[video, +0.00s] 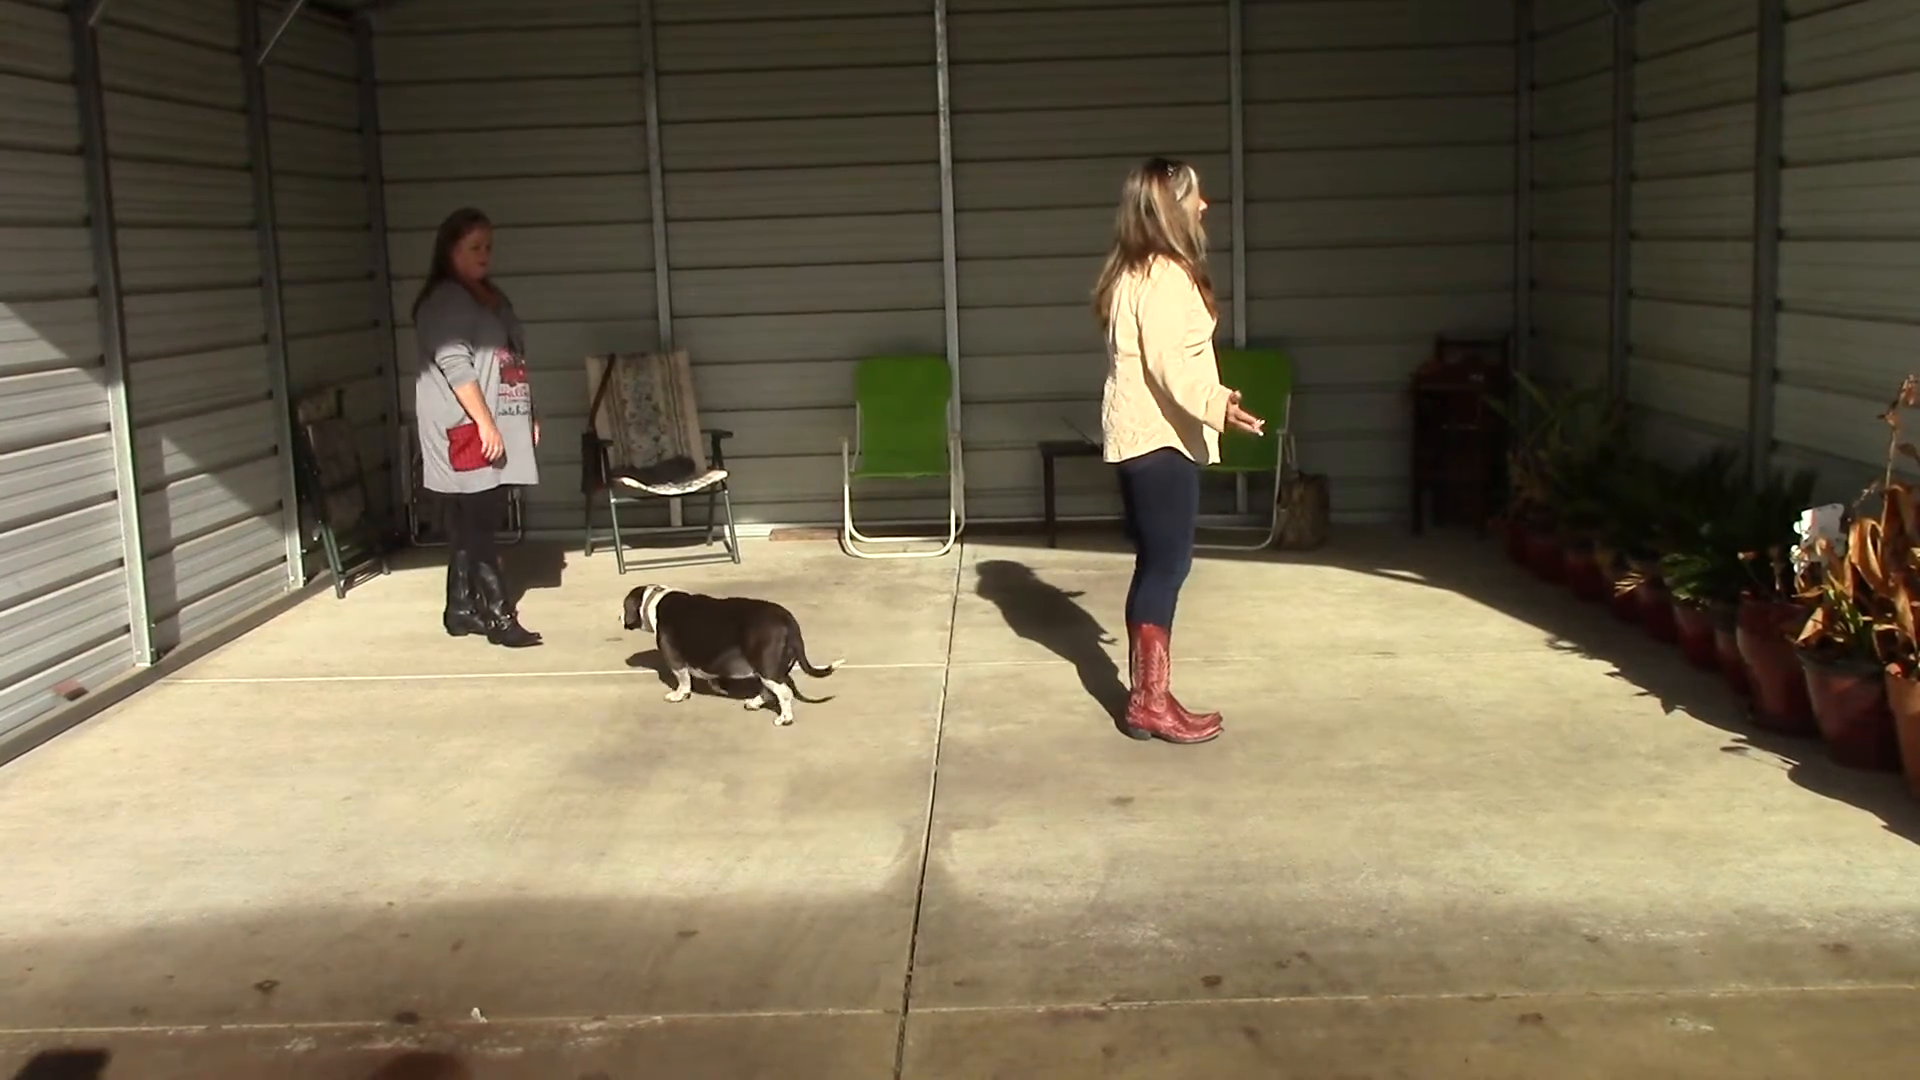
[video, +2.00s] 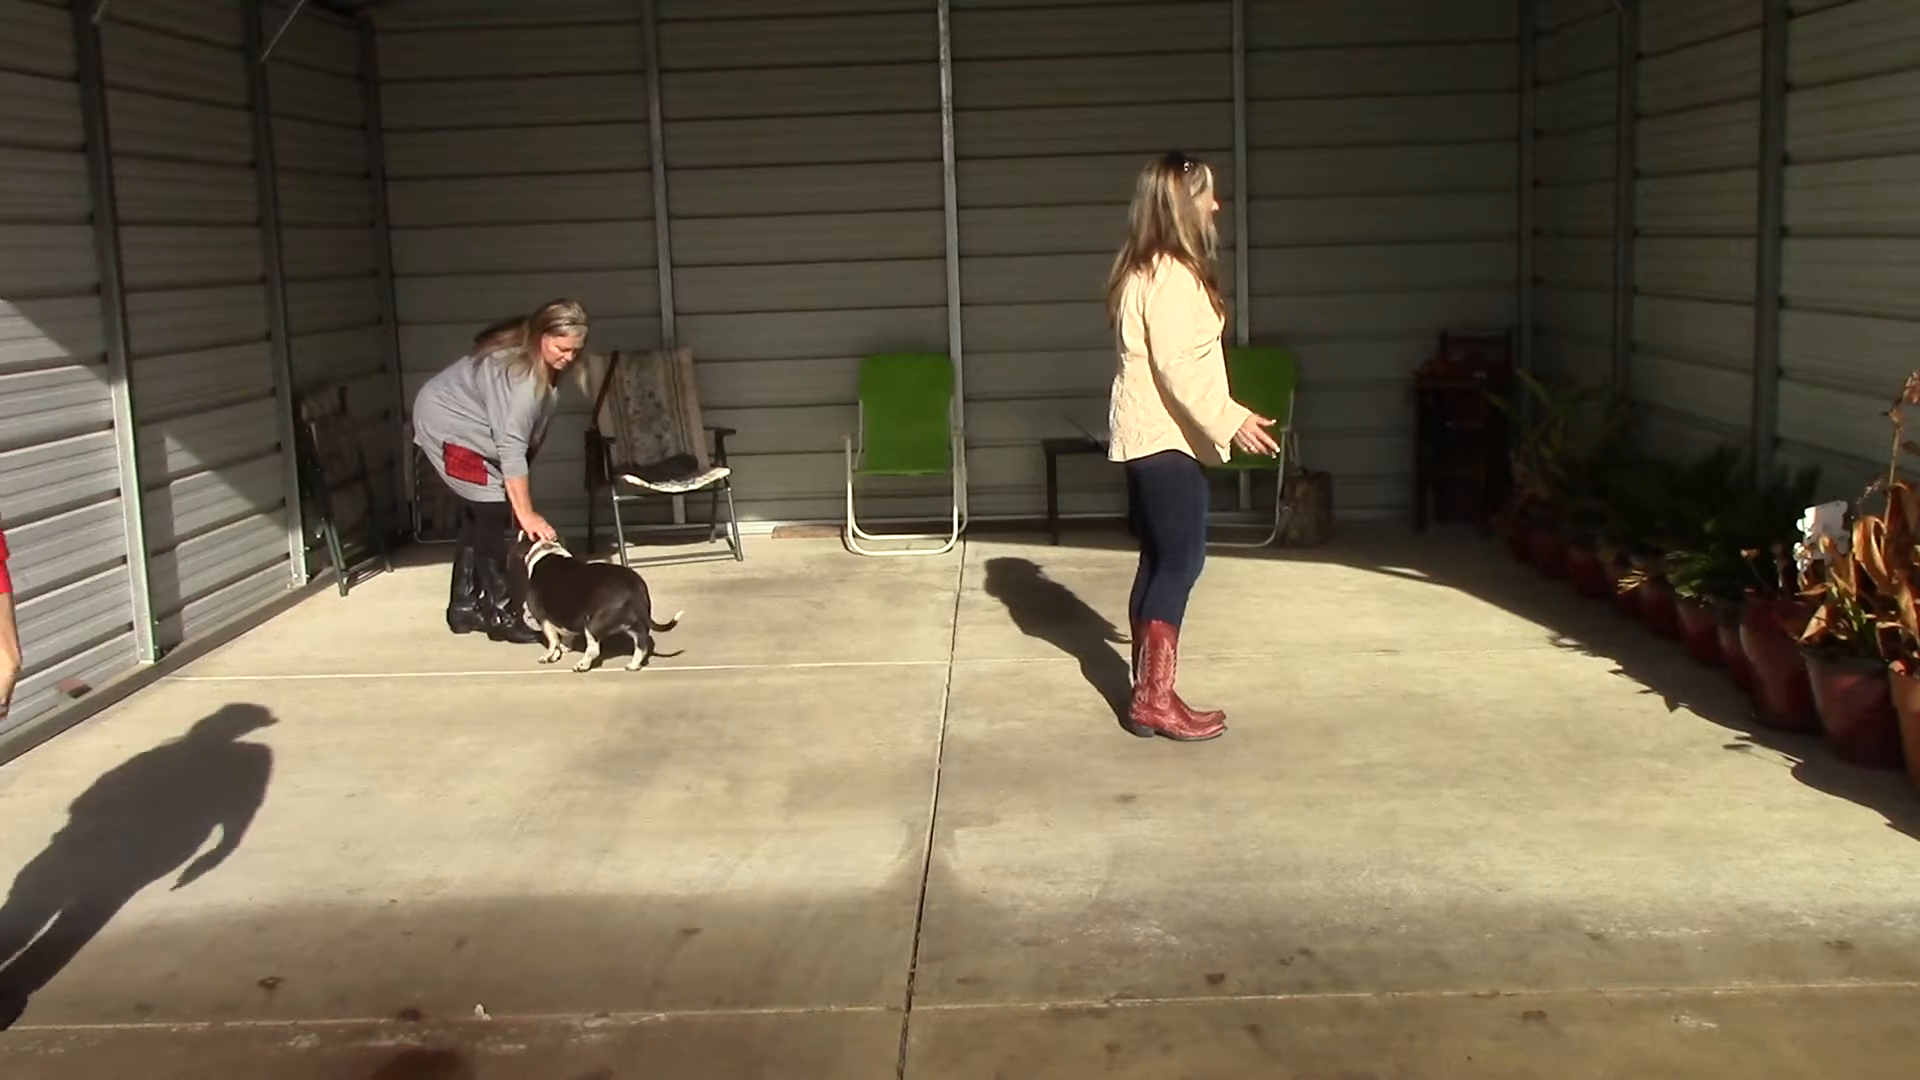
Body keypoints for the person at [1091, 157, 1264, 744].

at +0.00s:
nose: (1204, 205)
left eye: (1201, 196)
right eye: (1195, 197)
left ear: (1152, 207)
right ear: (1172, 207)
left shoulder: (1137, 273)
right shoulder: (1165, 275)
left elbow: (1162, 363)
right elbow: (1171, 363)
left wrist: (1218, 399)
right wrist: (1217, 406)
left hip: (1141, 440)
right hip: (1161, 442)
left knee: (1155, 561)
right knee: (1168, 562)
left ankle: (1146, 694)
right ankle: (1151, 700)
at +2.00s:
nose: (1217, 205)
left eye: (1214, 195)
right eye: (1209, 196)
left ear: (1165, 202)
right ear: (1185, 203)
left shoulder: (1147, 270)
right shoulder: (1170, 274)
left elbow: (1176, 367)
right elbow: (1178, 367)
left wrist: (1230, 412)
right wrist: (1228, 419)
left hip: (1148, 438)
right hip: (1167, 440)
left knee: (1158, 559)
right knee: (1181, 559)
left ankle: (1148, 693)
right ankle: (1155, 697)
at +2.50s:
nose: (1208, 207)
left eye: (1207, 196)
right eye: (1197, 197)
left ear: (1174, 208)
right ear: (1166, 206)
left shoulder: (1165, 275)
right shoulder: (1156, 279)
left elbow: (1168, 380)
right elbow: (1163, 383)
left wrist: (1200, 455)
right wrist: (1193, 462)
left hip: (1161, 444)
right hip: (1158, 446)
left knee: (1164, 558)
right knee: (1173, 558)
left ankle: (1154, 693)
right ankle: (1153, 696)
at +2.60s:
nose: (1203, 211)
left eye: (1202, 201)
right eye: (1191, 202)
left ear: (1174, 210)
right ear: (1159, 208)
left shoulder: (1169, 275)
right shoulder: (1147, 278)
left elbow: (1184, 375)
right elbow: (1158, 379)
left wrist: (1210, 452)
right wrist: (1197, 454)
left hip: (1171, 442)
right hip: (1154, 443)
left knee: (1169, 558)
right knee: (1167, 559)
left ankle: (1156, 692)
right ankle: (1152, 696)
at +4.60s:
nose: (1228, 209)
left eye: (1226, 198)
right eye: (1219, 199)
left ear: (1176, 208)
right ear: (1190, 206)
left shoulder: (1156, 274)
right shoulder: (1179, 278)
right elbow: (1250, 323)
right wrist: (1311, 271)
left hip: (1160, 435)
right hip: (1170, 437)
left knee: (1164, 562)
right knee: (1165, 563)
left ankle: (1154, 694)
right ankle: (1153, 699)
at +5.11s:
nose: (1215, 204)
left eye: (1211, 194)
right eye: (1206, 195)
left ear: (1165, 207)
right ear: (1179, 204)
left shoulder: (1145, 269)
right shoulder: (1177, 260)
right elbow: (1261, 255)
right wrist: (1268, 183)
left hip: (1157, 429)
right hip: (1179, 429)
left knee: (1162, 561)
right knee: (1167, 563)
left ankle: (1155, 696)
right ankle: (1151, 700)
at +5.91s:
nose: (1208, 210)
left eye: (1207, 200)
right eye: (1199, 200)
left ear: (1166, 205)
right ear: (1170, 206)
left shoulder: (1155, 262)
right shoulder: (1157, 258)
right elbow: (1227, 249)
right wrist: (1245, 174)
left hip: (1166, 428)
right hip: (1168, 429)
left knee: (1163, 559)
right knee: (1165, 559)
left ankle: (1153, 694)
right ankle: (1152, 698)